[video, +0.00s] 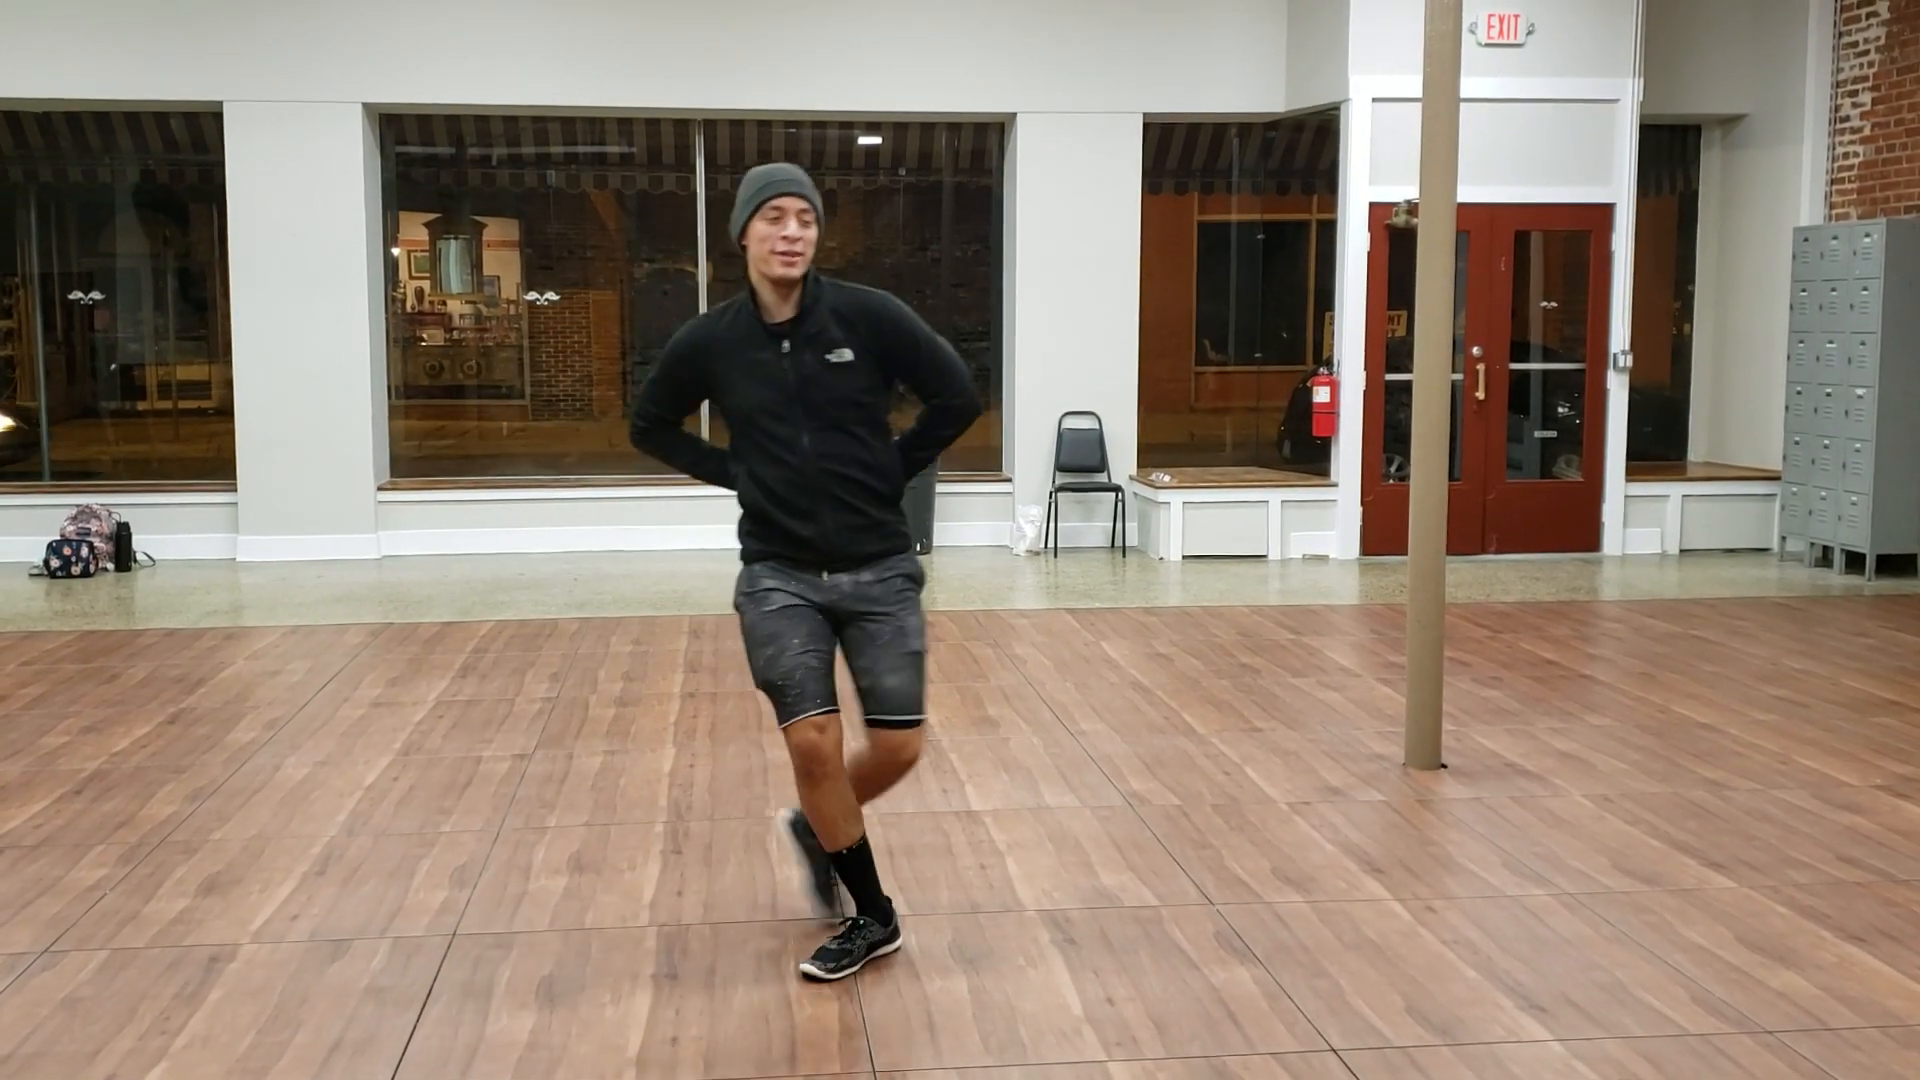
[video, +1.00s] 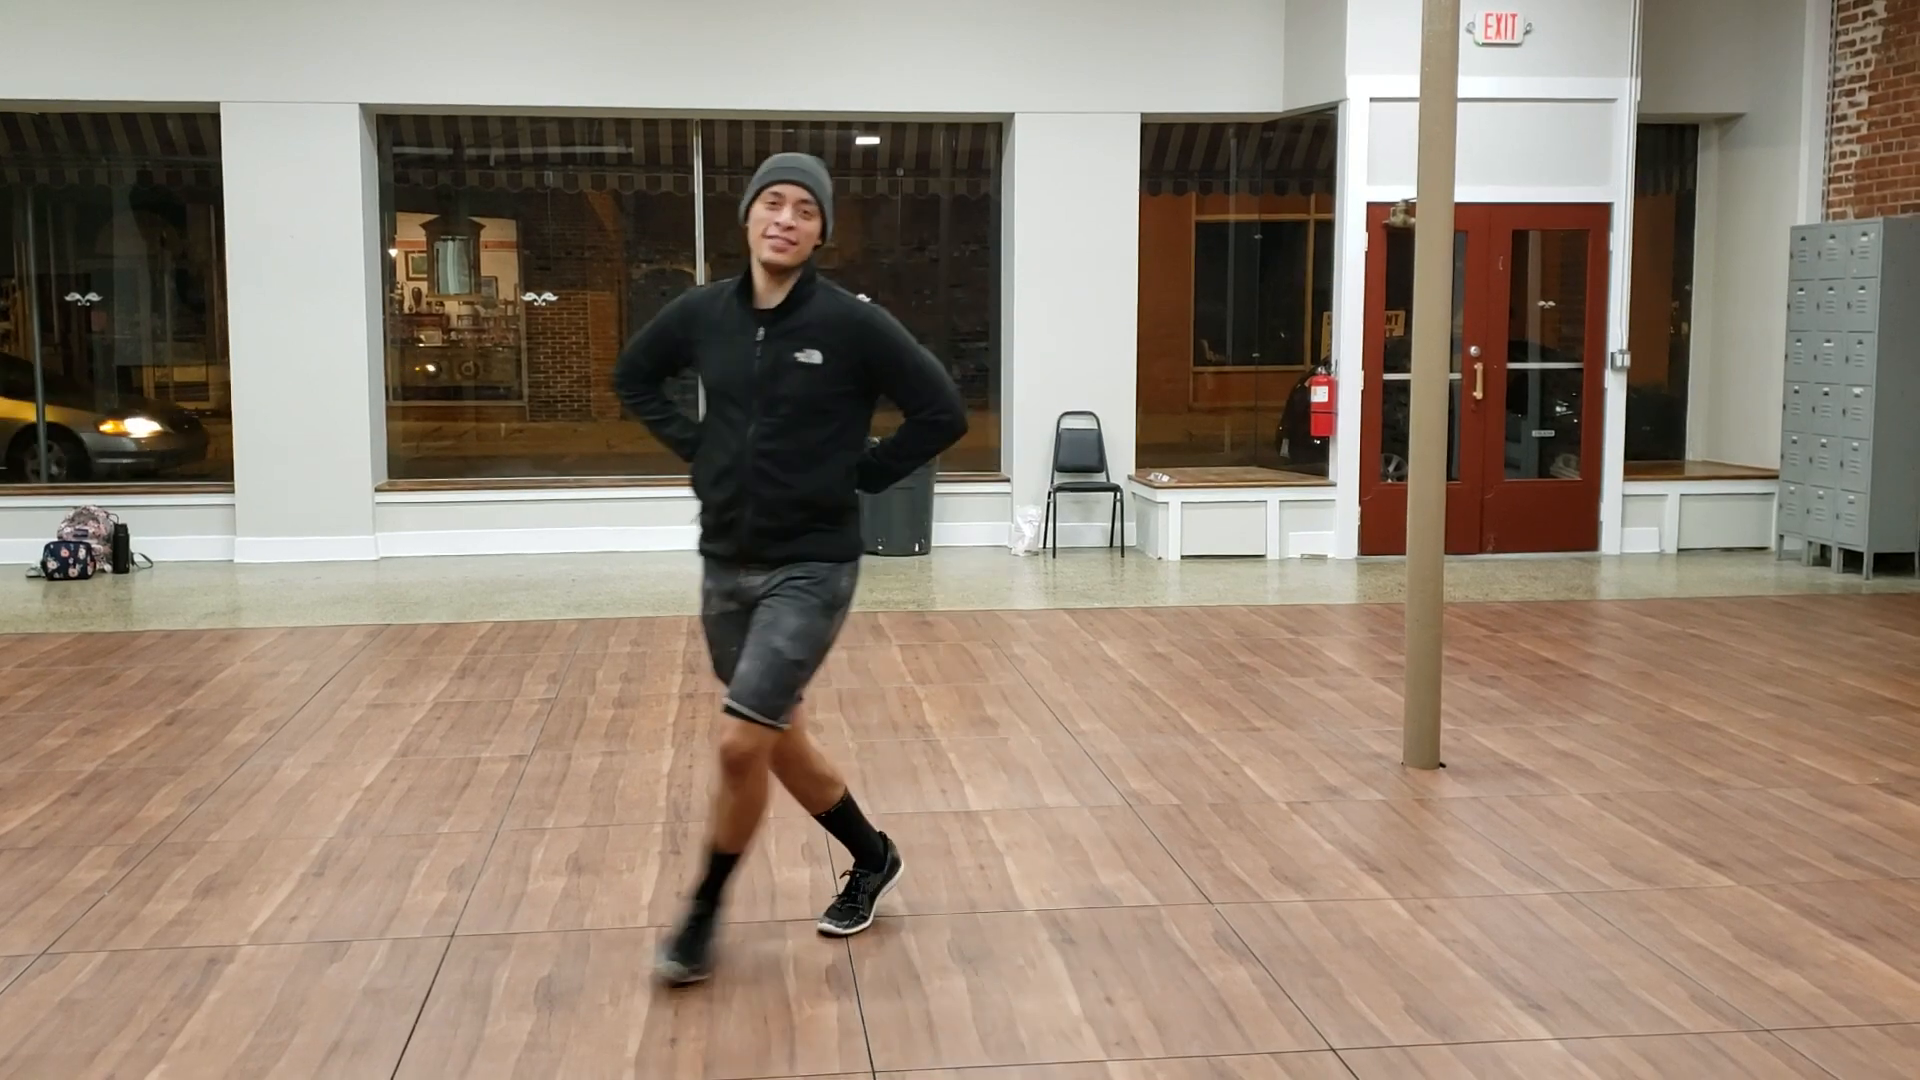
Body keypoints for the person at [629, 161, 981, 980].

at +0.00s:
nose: (790, 232)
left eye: (803, 219)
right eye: (773, 218)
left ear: (819, 236)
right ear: (742, 237)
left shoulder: (869, 316)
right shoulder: (706, 341)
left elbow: (960, 399)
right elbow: (648, 429)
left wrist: (890, 468)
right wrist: (735, 472)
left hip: (878, 568)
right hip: (777, 571)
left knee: (898, 745)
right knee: (814, 746)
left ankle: (813, 824)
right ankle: (874, 916)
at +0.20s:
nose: (855, 200)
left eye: (869, 190)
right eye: (840, 186)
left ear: (883, 210)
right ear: (807, 201)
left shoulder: (922, 295)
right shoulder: (763, 305)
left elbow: (1013, 388)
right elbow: (720, 386)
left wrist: (937, 453)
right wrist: (788, 441)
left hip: (925, 545)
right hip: (820, 552)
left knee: (990, 721)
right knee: (840, 732)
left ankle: (1032, 885)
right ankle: (876, 916)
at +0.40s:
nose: (901, 217)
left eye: (918, 207)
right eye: (888, 203)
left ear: (938, 229)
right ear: (863, 220)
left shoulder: (970, 321)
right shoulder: (838, 320)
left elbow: (1059, 425)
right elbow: (827, 400)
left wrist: (984, 485)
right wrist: (865, 460)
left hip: (972, 567)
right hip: (871, 564)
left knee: (1031, 740)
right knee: (841, 739)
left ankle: (1110, 903)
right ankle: (881, 903)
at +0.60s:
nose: (905, 228)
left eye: (925, 220)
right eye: (894, 212)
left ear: (944, 244)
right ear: (870, 228)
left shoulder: (968, 336)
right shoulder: (843, 323)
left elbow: (1049, 448)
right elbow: (836, 409)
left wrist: (976, 496)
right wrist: (873, 474)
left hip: (962, 580)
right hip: (865, 571)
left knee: (1020, 753)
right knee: (827, 746)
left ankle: (1105, 904)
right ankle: (871, 846)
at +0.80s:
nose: (848, 205)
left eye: (867, 198)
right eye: (838, 189)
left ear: (886, 221)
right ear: (812, 201)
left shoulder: (907, 310)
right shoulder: (775, 298)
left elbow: (995, 414)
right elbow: (729, 364)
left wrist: (913, 466)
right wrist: (775, 423)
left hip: (883, 557)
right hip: (793, 553)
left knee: (894, 735)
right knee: (799, 720)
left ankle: (1006, 868)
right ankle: (870, 857)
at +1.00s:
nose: (786, 219)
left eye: (804, 211)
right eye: (774, 205)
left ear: (821, 232)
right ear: (747, 220)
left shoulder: (853, 323)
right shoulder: (702, 312)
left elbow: (944, 416)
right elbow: (633, 379)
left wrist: (858, 476)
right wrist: (696, 446)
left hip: (813, 561)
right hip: (725, 559)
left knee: (741, 742)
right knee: (776, 740)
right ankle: (872, 853)